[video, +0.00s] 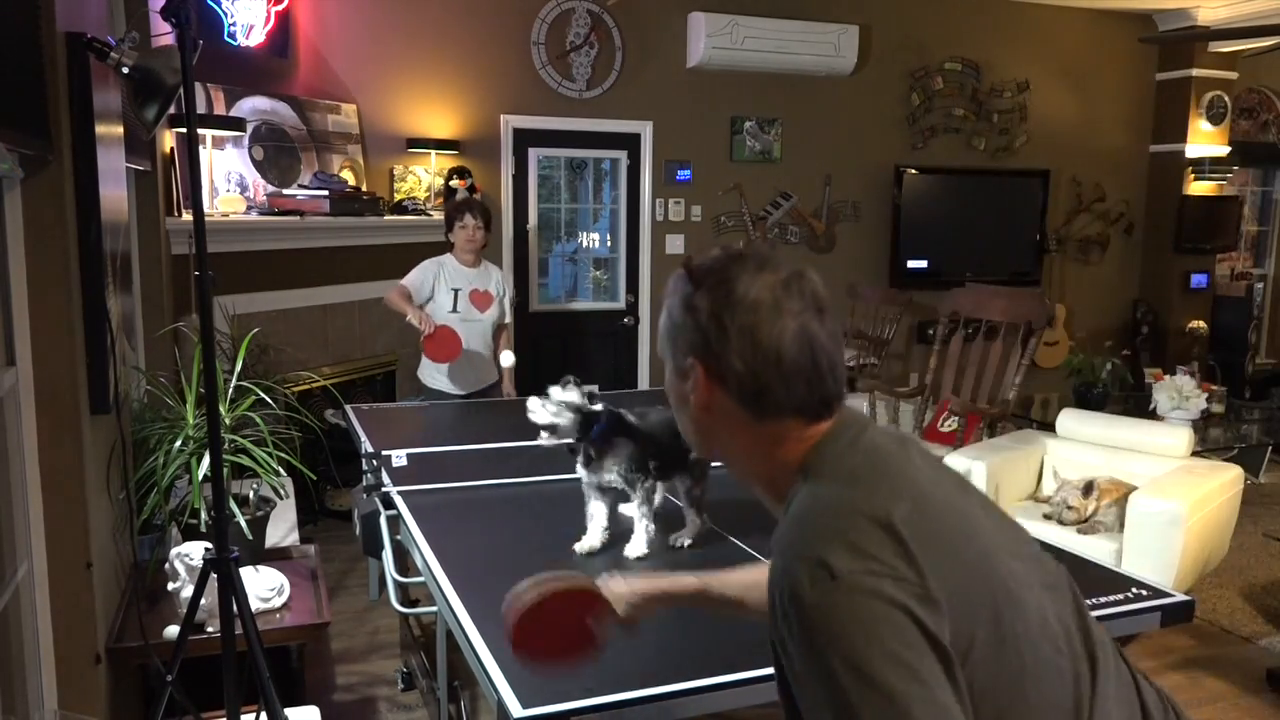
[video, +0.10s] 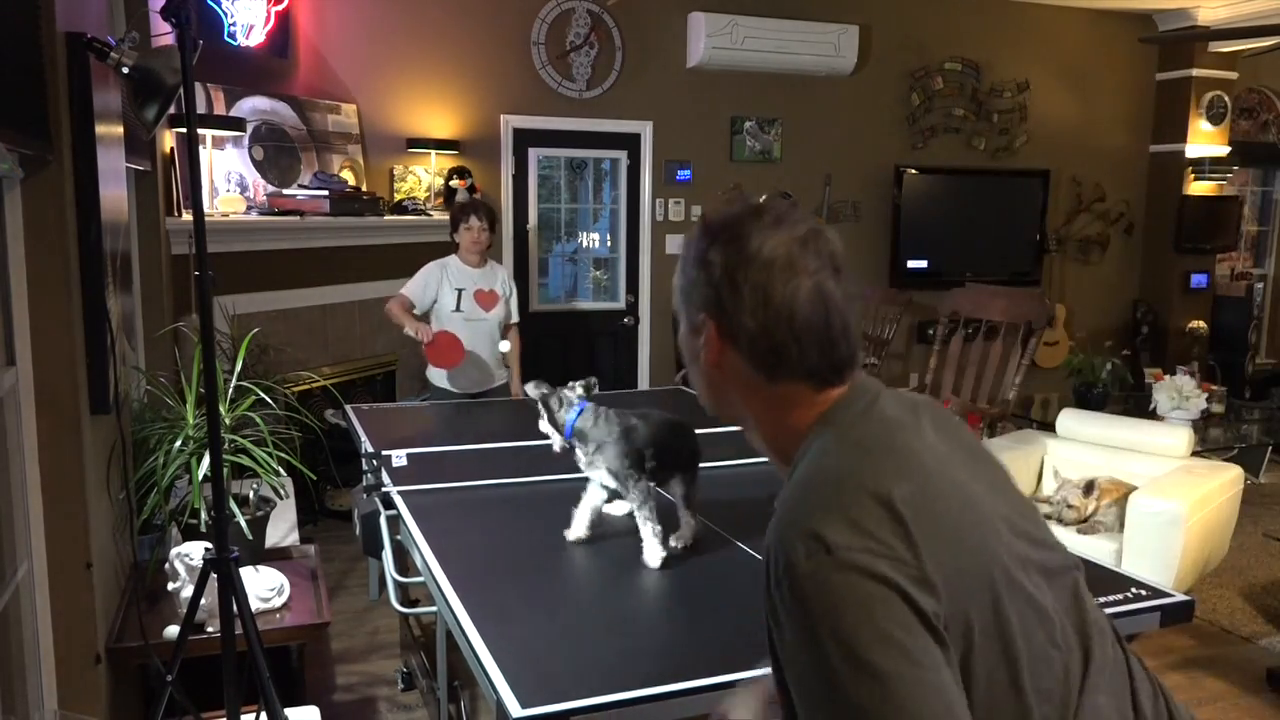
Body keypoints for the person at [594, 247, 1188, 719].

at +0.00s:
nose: (670, 392)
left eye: (670, 371)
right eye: (671, 370)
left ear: (698, 385)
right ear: (811, 354)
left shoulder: (825, 562)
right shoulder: (882, 451)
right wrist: (659, 590)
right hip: (1139, 701)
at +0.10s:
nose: (681, 346)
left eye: (683, 327)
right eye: (684, 324)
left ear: (710, 342)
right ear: (831, 305)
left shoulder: (822, 535)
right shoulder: (914, 414)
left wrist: (762, 707)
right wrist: (794, 685)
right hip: (1138, 697)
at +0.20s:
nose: (715, 317)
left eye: (719, 296)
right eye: (717, 295)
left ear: (747, 316)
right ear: (876, 292)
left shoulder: (836, 516)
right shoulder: (960, 402)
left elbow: (911, 705)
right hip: (1145, 701)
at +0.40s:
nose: (826, 301)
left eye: (829, 281)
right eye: (828, 279)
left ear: (858, 304)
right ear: (991, 290)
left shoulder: (910, 506)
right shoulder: (1076, 414)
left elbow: (890, 703)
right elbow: (1165, 619)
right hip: (1183, 703)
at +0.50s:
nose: (874, 290)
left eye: (878, 268)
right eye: (877, 266)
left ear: (909, 285)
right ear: (1038, 279)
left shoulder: (941, 477)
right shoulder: (1133, 404)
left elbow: (928, 702)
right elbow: (1229, 617)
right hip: (1232, 702)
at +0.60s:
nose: (926, 277)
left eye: (930, 255)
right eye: (928, 255)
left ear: (962, 269)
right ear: (1085, 263)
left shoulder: (979, 452)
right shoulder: (1199, 407)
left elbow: (954, 702)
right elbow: (1265, 590)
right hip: (1255, 701)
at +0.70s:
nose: (981, 271)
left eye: (986, 250)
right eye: (983, 250)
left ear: (1016, 261)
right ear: (1136, 262)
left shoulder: (1014, 441)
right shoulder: (1250, 402)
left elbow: (992, 704)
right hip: (1260, 699)